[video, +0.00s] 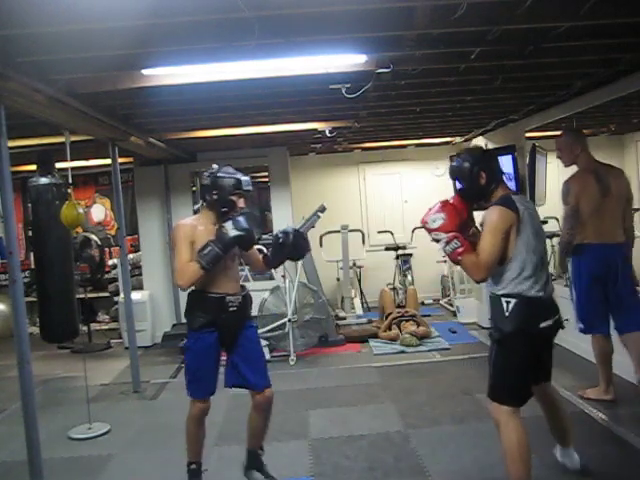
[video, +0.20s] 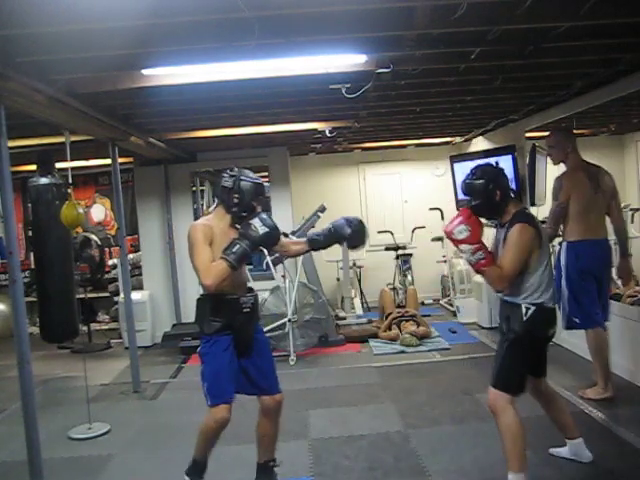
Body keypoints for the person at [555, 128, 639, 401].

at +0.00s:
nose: (558, 155)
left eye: (561, 149)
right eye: (557, 150)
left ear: (577, 148)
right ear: (582, 147)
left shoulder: (573, 183)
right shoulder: (618, 175)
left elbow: (568, 229)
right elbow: (628, 224)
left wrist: (561, 258)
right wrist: (627, 260)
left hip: (588, 256)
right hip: (619, 254)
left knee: (598, 326)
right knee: (629, 322)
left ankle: (605, 387)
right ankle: (637, 378)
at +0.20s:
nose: (548, 153)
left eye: (551, 148)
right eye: (547, 148)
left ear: (567, 147)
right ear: (571, 147)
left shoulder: (563, 181)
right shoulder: (603, 175)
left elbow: (552, 226)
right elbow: (617, 219)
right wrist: (625, 256)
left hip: (576, 251)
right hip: (602, 248)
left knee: (591, 320)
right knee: (597, 318)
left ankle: (603, 385)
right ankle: (603, 379)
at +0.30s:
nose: (545, 153)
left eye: (549, 148)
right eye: (545, 148)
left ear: (565, 148)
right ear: (568, 149)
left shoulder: (562, 181)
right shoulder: (596, 177)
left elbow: (551, 227)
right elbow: (609, 222)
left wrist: (533, 239)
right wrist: (613, 258)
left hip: (572, 250)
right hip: (593, 248)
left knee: (587, 316)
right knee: (582, 310)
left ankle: (603, 383)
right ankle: (578, 363)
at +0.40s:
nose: (543, 155)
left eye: (546, 149)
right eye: (542, 150)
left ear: (560, 148)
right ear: (563, 150)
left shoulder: (563, 180)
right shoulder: (586, 177)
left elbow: (554, 227)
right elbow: (596, 223)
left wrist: (529, 248)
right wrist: (596, 257)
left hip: (570, 247)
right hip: (586, 246)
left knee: (583, 313)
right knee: (568, 306)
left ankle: (603, 382)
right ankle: (562, 361)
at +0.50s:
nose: (539, 156)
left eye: (542, 152)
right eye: (538, 152)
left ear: (555, 152)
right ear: (552, 154)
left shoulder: (565, 181)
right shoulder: (571, 179)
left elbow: (558, 226)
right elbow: (567, 220)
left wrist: (536, 252)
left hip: (569, 249)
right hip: (566, 248)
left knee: (583, 313)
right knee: (559, 309)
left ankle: (604, 380)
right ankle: (560, 365)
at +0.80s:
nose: (529, 153)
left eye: (533, 148)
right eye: (527, 149)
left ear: (544, 148)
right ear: (526, 152)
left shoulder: (558, 175)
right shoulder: (534, 183)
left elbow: (581, 211)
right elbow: (531, 221)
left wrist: (564, 244)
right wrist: (518, 255)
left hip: (567, 245)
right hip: (547, 246)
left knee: (568, 309)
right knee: (554, 309)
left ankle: (597, 370)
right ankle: (560, 366)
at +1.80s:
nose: (548, 154)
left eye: (551, 150)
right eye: (546, 150)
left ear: (565, 149)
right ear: (551, 152)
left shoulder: (580, 176)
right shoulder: (558, 177)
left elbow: (611, 212)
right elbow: (566, 214)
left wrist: (583, 245)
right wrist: (556, 237)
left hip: (581, 251)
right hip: (559, 249)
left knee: (590, 312)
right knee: (559, 309)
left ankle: (597, 370)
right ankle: (563, 363)